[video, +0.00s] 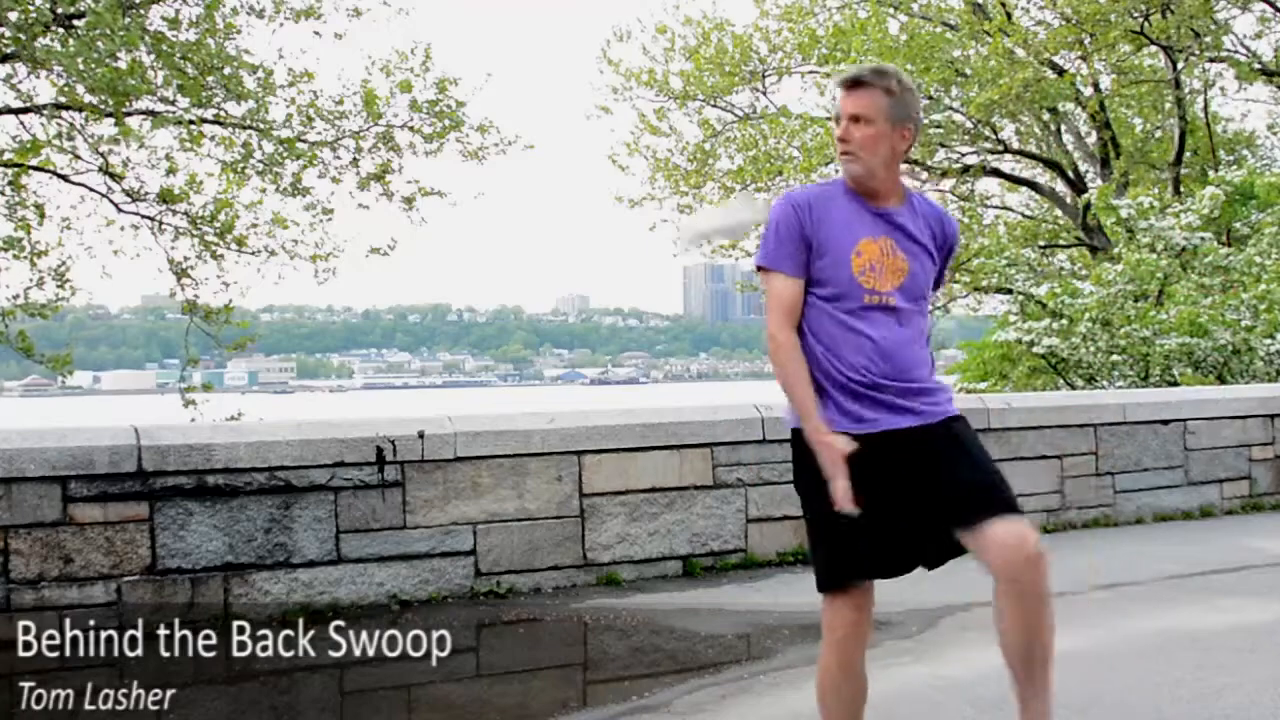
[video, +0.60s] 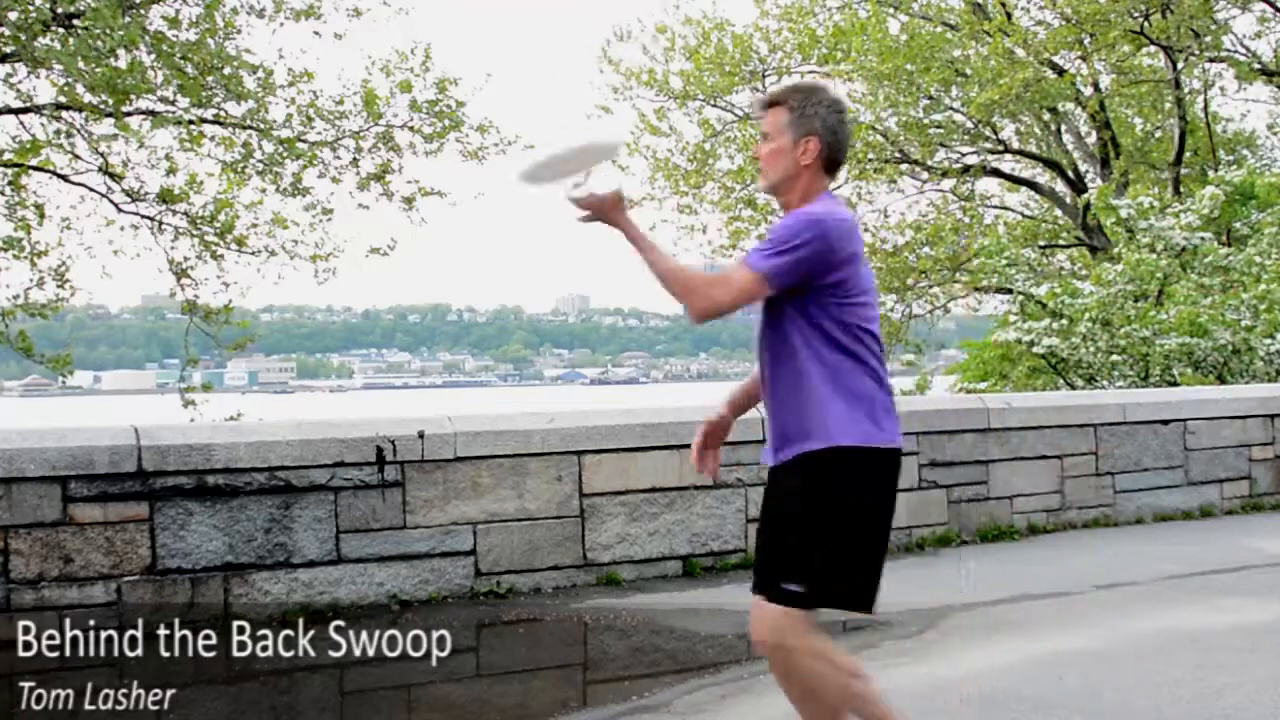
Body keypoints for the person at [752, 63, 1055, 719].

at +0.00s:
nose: (842, 135)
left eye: (859, 123)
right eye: (839, 122)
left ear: (903, 138)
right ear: (835, 130)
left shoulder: (938, 227)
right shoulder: (801, 210)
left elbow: (906, 327)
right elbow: (780, 332)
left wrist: (920, 408)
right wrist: (819, 435)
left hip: (928, 425)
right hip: (835, 435)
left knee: (1021, 555)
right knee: (847, 620)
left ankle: (1036, 715)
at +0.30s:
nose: (824, 118)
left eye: (841, 107)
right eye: (829, 106)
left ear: (885, 127)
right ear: (868, 127)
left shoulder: (943, 213)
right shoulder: (795, 215)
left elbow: (992, 318)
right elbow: (778, 327)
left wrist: (931, 356)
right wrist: (800, 414)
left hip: (927, 446)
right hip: (835, 449)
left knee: (956, 609)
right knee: (815, 616)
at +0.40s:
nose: (805, 126)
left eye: (819, 115)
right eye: (809, 114)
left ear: (862, 133)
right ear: (849, 133)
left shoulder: (911, 206)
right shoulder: (787, 219)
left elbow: (916, 326)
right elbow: (773, 321)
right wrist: (764, 405)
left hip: (907, 446)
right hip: (817, 447)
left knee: (941, 623)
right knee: (792, 618)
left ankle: (981, 718)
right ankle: (844, 719)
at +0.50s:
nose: (784, 139)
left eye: (797, 128)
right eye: (788, 127)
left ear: (838, 147)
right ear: (825, 148)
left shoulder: (867, 219)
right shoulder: (782, 230)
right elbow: (776, 341)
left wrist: (710, 246)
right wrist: (738, 410)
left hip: (875, 449)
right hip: (802, 454)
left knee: (878, 640)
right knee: (783, 623)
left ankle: (952, 714)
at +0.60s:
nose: (756, 151)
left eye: (768, 138)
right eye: (759, 138)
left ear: (808, 150)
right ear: (804, 153)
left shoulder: (820, 224)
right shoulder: (810, 229)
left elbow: (703, 299)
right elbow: (796, 356)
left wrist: (625, 222)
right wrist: (730, 411)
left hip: (837, 447)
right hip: (814, 448)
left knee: (779, 626)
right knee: (780, 627)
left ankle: (878, 712)